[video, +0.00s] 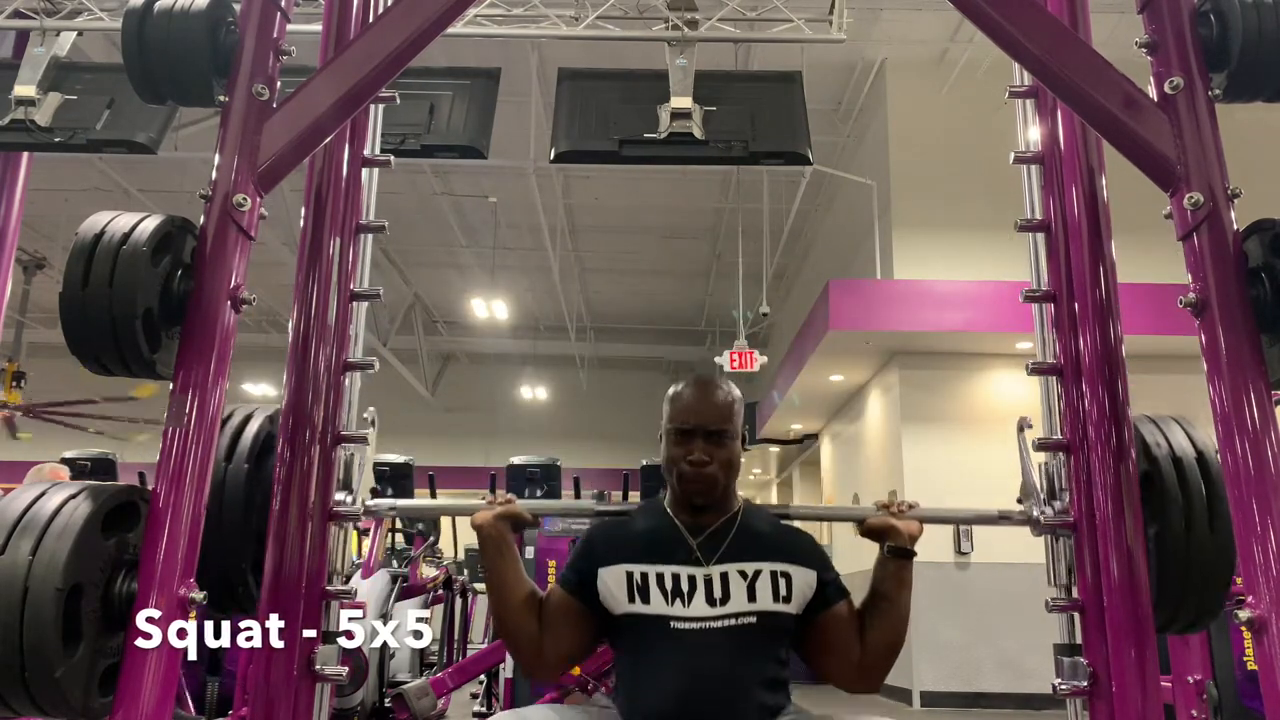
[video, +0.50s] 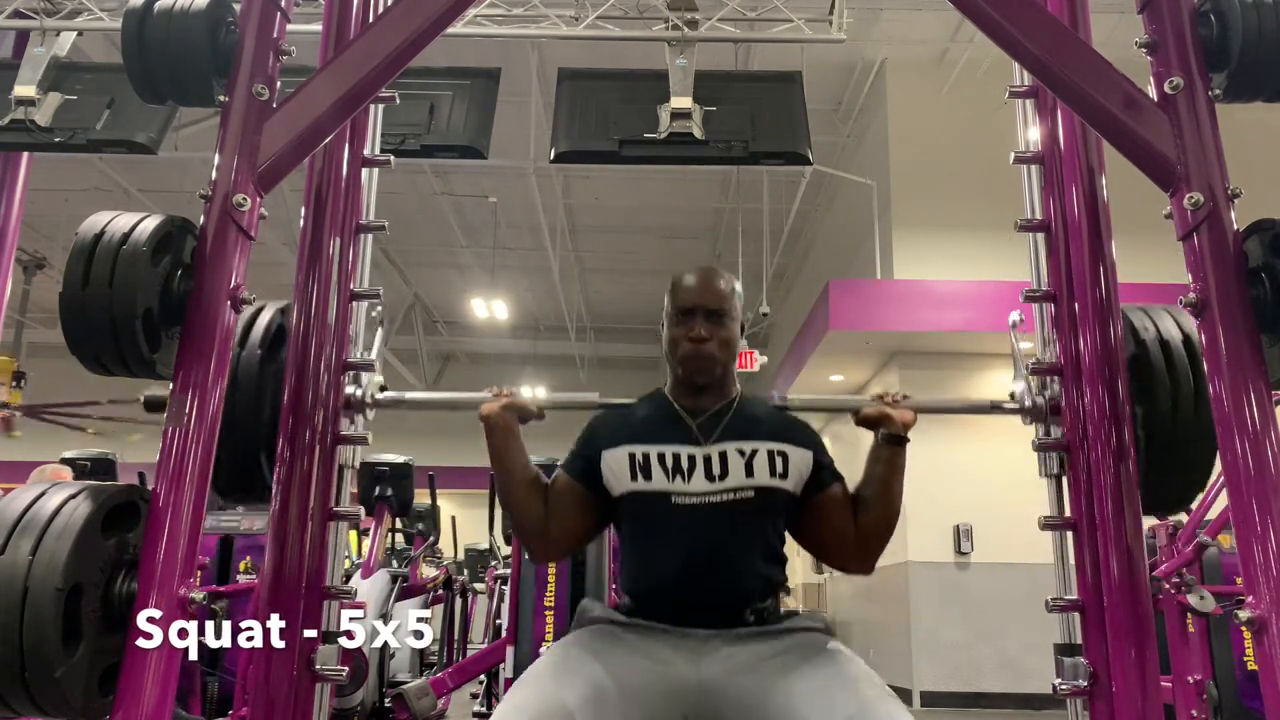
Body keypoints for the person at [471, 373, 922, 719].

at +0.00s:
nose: (697, 453)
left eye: (716, 438)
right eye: (682, 437)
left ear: (742, 447)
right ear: (662, 444)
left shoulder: (792, 552)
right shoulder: (611, 545)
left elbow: (859, 672)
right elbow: (541, 657)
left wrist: (897, 554)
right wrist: (496, 542)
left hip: (756, 714)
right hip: (646, 714)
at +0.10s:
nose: (697, 434)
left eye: (715, 419)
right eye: (683, 418)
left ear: (742, 430)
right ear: (663, 427)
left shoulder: (790, 535)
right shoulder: (613, 527)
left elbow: (859, 658)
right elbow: (542, 640)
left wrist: (895, 541)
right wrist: (497, 525)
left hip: (764, 710)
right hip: (637, 710)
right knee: (511, 719)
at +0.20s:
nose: (698, 405)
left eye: (715, 391)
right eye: (684, 390)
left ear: (741, 403)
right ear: (663, 402)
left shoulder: (789, 507)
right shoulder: (614, 500)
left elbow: (860, 625)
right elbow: (544, 613)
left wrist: (894, 514)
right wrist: (497, 498)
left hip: (768, 697)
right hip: (633, 695)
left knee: (885, 718)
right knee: (509, 717)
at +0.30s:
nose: (698, 383)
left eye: (714, 371)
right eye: (684, 370)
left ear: (740, 385)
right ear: (664, 383)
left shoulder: (786, 486)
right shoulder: (614, 483)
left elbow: (858, 605)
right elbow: (543, 590)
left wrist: (893, 492)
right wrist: (499, 483)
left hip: (768, 686)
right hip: (633, 683)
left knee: (887, 718)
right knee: (511, 718)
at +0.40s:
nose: (698, 353)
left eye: (715, 340)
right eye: (684, 339)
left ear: (741, 355)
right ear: (664, 352)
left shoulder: (787, 457)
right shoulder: (613, 452)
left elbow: (858, 575)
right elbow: (545, 561)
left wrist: (892, 464)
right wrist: (502, 456)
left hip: (768, 666)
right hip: (633, 663)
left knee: (885, 716)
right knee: (520, 714)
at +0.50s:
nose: (697, 331)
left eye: (714, 318)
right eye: (684, 316)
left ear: (741, 335)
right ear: (665, 331)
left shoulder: (785, 435)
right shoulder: (614, 432)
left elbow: (858, 551)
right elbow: (547, 539)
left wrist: (890, 443)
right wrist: (501, 432)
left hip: (766, 649)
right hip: (635, 646)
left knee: (880, 718)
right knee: (522, 714)